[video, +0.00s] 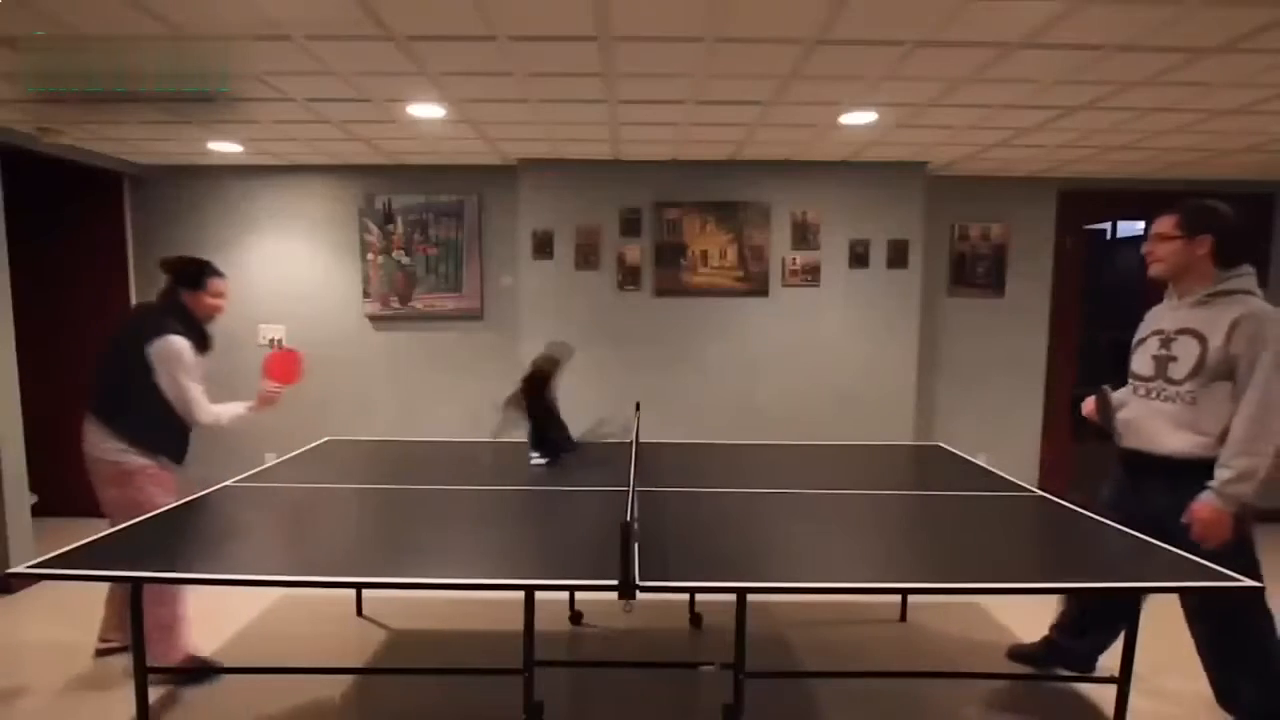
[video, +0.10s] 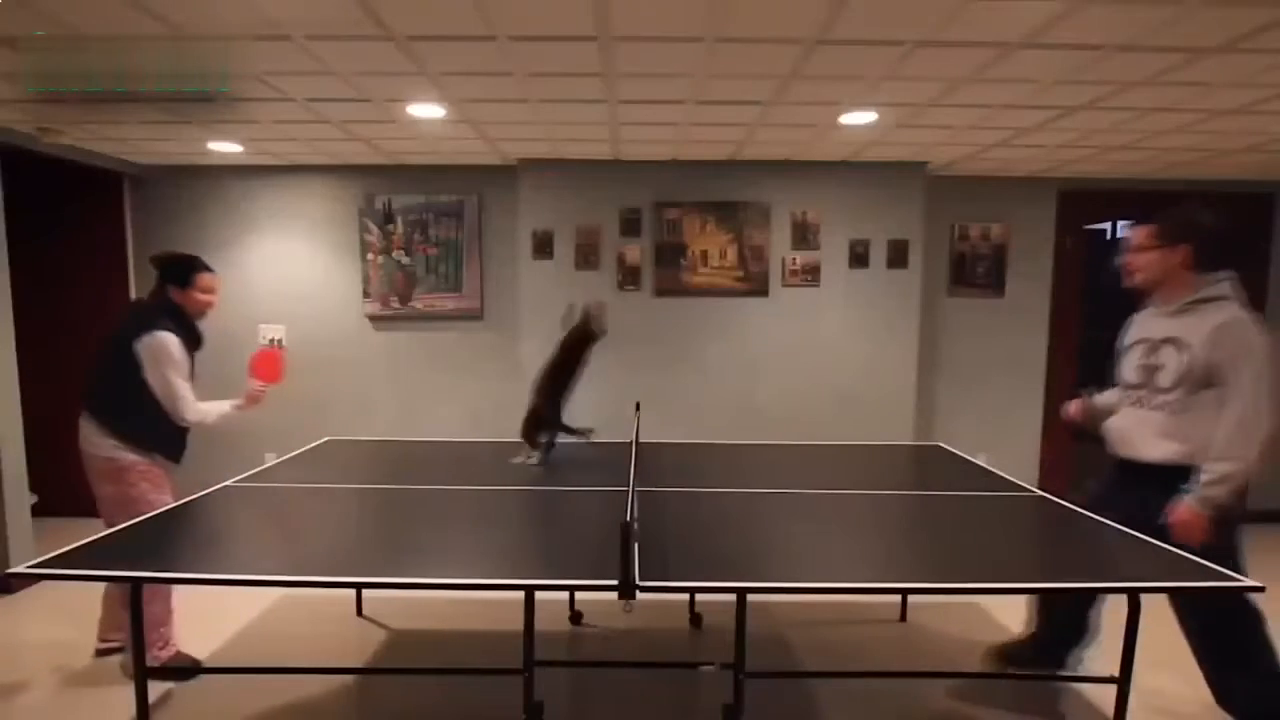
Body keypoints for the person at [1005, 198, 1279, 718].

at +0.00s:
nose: (1149, 249)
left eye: (1161, 239)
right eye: (1149, 240)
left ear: (1201, 247)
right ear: (1182, 249)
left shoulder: (1254, 319)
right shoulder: (1156, 315)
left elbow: (1261, 418)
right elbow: (1151, 391)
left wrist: (1225, 495)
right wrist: (1109, 403)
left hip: (1199, 482)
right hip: (1138, 472)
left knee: (1230, 615)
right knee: (1105, 568)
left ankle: (1260, 705)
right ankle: (1069, 649)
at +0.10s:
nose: (1127, 262)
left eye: (1138, 251)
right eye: (1127, 251)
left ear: (1179, 256)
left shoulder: (1232, 323)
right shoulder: (1141, 322)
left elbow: (1250, 420)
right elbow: (1136, 393)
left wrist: (1204, 499)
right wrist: (1091, 405)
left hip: (1188, 485)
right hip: (1126, 476)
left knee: (1217, 617)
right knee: (1073, 553)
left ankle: (1260, 704)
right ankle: (1049, 646)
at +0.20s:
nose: (1082, 276)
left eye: (1093, 264)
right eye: (1081, 266)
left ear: (1130, 265)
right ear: (1086, 273)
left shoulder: (1183, 327)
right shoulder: (1100, 330)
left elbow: (1209, 425)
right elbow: (1100, 398)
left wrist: (1167, 497)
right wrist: (1055, 413)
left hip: (1160, 485)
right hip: (1099, 480)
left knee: (1194, 607)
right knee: (1055, 567)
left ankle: (1257, 705)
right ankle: (1020, 653)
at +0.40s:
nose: (1016, 283)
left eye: (1023, 272)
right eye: (1013, 274)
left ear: (1059, 269)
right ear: (1053, 272)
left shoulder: (1121, 324)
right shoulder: (1039, 320)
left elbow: (1155, 403)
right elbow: (1037, 380)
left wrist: (1131, 479)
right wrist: (1008, 407)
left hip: (1103, 470)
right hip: (1050, 463)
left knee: (1126, 583)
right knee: (1025, 554)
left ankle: (1187, 688)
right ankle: (1022, 648)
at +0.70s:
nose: (1078, 256)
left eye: (1089, 246)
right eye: (1075, 248)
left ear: (1122, 250)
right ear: (1072, 257)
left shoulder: (1166, 314)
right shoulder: (1064, 313)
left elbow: (1197, 404)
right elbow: (1033, 358)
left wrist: (1174, 476)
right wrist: (991, 361)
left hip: (1132, 468)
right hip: (1062, 462)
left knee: (1145, 586)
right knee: (1036, 558)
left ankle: (1210, 691)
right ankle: (1021, 648)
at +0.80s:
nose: (1111, 253)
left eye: (1123, 242)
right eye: (1109, 244)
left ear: (1158, 248)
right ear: (1106, 253)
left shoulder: (1206, 314)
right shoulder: (1109, 308)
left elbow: (1232, 406)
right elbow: (1106, 382)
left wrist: (1210, 481)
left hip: (1169, 470)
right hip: (1103, 461)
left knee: (1180, 588)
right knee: (1064, 557)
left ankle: (1211, 695)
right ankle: (1023, 651)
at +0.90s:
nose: (1139, 253)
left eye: (1151, 243)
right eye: (1139, 242)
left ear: (1190, 249)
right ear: (1143, 250)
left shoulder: (1238, 318)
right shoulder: (1149, 307)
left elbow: (1266, 415)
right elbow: (1150, 380)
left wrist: (1243, 492)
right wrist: (1109, 393)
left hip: (1200, 475)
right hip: (1140, 467)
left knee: (1202, 595)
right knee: (1103, 568)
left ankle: (1212, 698)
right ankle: (1052, 656)